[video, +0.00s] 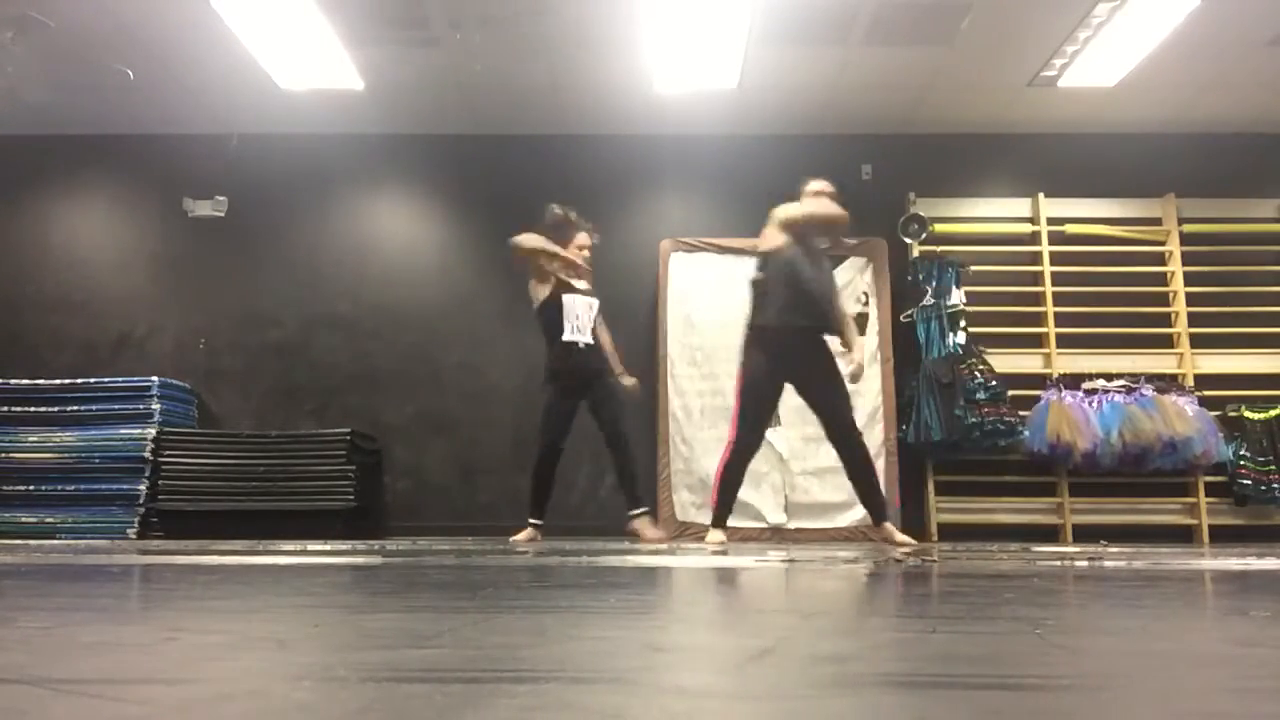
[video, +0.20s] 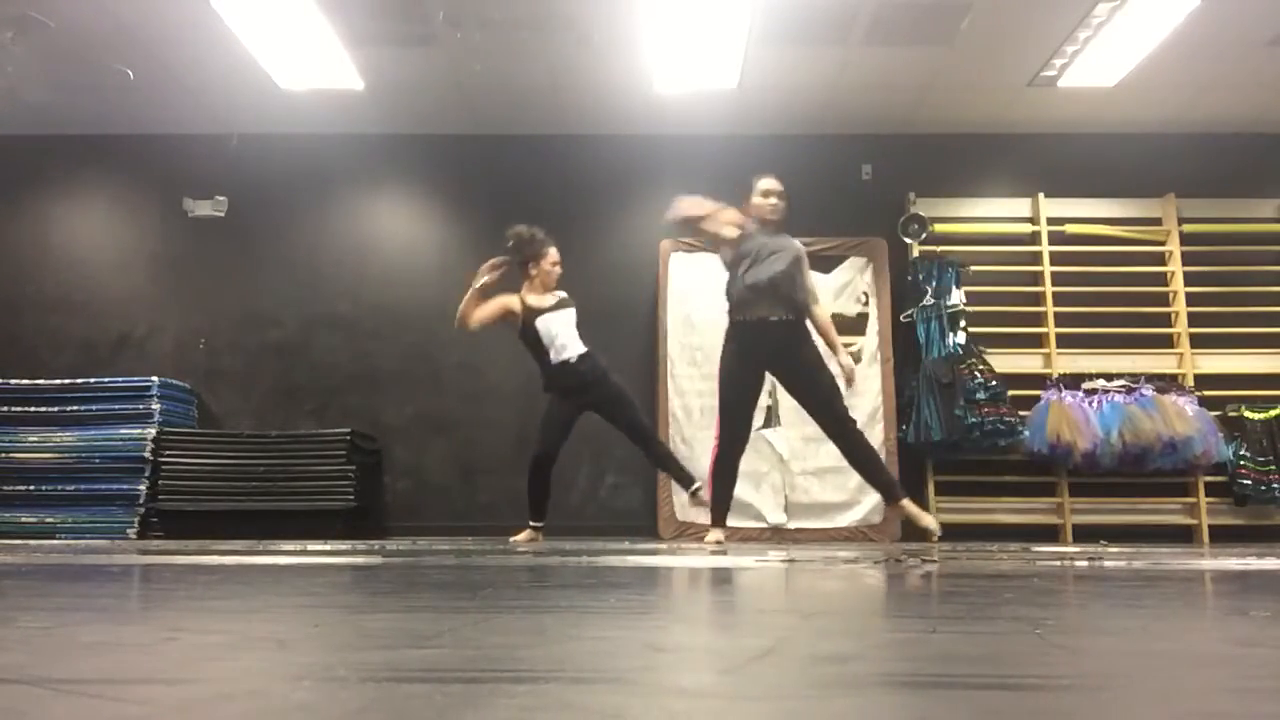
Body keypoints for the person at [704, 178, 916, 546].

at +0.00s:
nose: (826, 201)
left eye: (830, 196)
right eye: (818, 195)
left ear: (835, 206)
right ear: (800, 200)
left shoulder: (820, 259)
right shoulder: (778, 229)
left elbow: (836, 308)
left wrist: (854, 346)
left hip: (809, 347)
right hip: (766, 345)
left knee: (845, 434)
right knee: (746, 438)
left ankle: (881, 523)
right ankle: (717, 526)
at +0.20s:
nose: (774, 201)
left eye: (779, 196)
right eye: (765, 194)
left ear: (786, 205)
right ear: (748, 202)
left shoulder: (793, 248)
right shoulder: (734, 236)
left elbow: (813, 305)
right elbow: (677, 210)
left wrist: (840, 353)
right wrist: (714, 211)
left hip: (791, 341)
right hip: (743, 341)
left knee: (842, 427)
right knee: (731, 437)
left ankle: (902, 503)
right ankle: (717, 527)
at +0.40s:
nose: (739, 237)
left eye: (743, 230)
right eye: (731, 229)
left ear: (748, 237)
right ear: (713, 237)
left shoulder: (770, 275)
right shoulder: (707, 293)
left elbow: (803, 321)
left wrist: (825, 352)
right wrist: (704, 317)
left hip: (787, 375)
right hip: (738, 379)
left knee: (851, 437)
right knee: (718, 449)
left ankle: (932, 498)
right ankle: (719, 526)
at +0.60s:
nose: (761, 269)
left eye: (763, 263)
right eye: (750, 265)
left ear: (769, 270)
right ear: (735, 279)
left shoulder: (795, 307)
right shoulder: (731, 323)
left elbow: (811, 361)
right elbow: (758, 376)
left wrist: (805, 388)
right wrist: (799, 360)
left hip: (801, 384)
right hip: (756, 390)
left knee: (862, 442)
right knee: (731, 448)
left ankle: (940, 512)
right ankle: (721, 529)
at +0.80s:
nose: (833, 211)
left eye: (839, 205)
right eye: (824, 205)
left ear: (848, 214)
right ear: (809, 218)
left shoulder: (869, 255)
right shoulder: (796, 270)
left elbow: (888, 311)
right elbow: (772, 330)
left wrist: (916, 361)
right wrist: (739, 374)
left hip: (864, 363)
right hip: (819, 367)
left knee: (915, 436)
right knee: (776, 438)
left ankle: (926, 527)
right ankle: (727, 522)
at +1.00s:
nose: (891, 190)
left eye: (897, 185)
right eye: (882, 184)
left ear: (905, 194)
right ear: (867, 194)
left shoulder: (915, 233)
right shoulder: (851, 236)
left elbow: (946, 256)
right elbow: (806, 265)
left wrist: (980, 228)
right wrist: (769, 247)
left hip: (916, 340)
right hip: (872, 339)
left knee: (927, 428)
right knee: (866, 425)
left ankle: (926, 524)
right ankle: (876, 508)